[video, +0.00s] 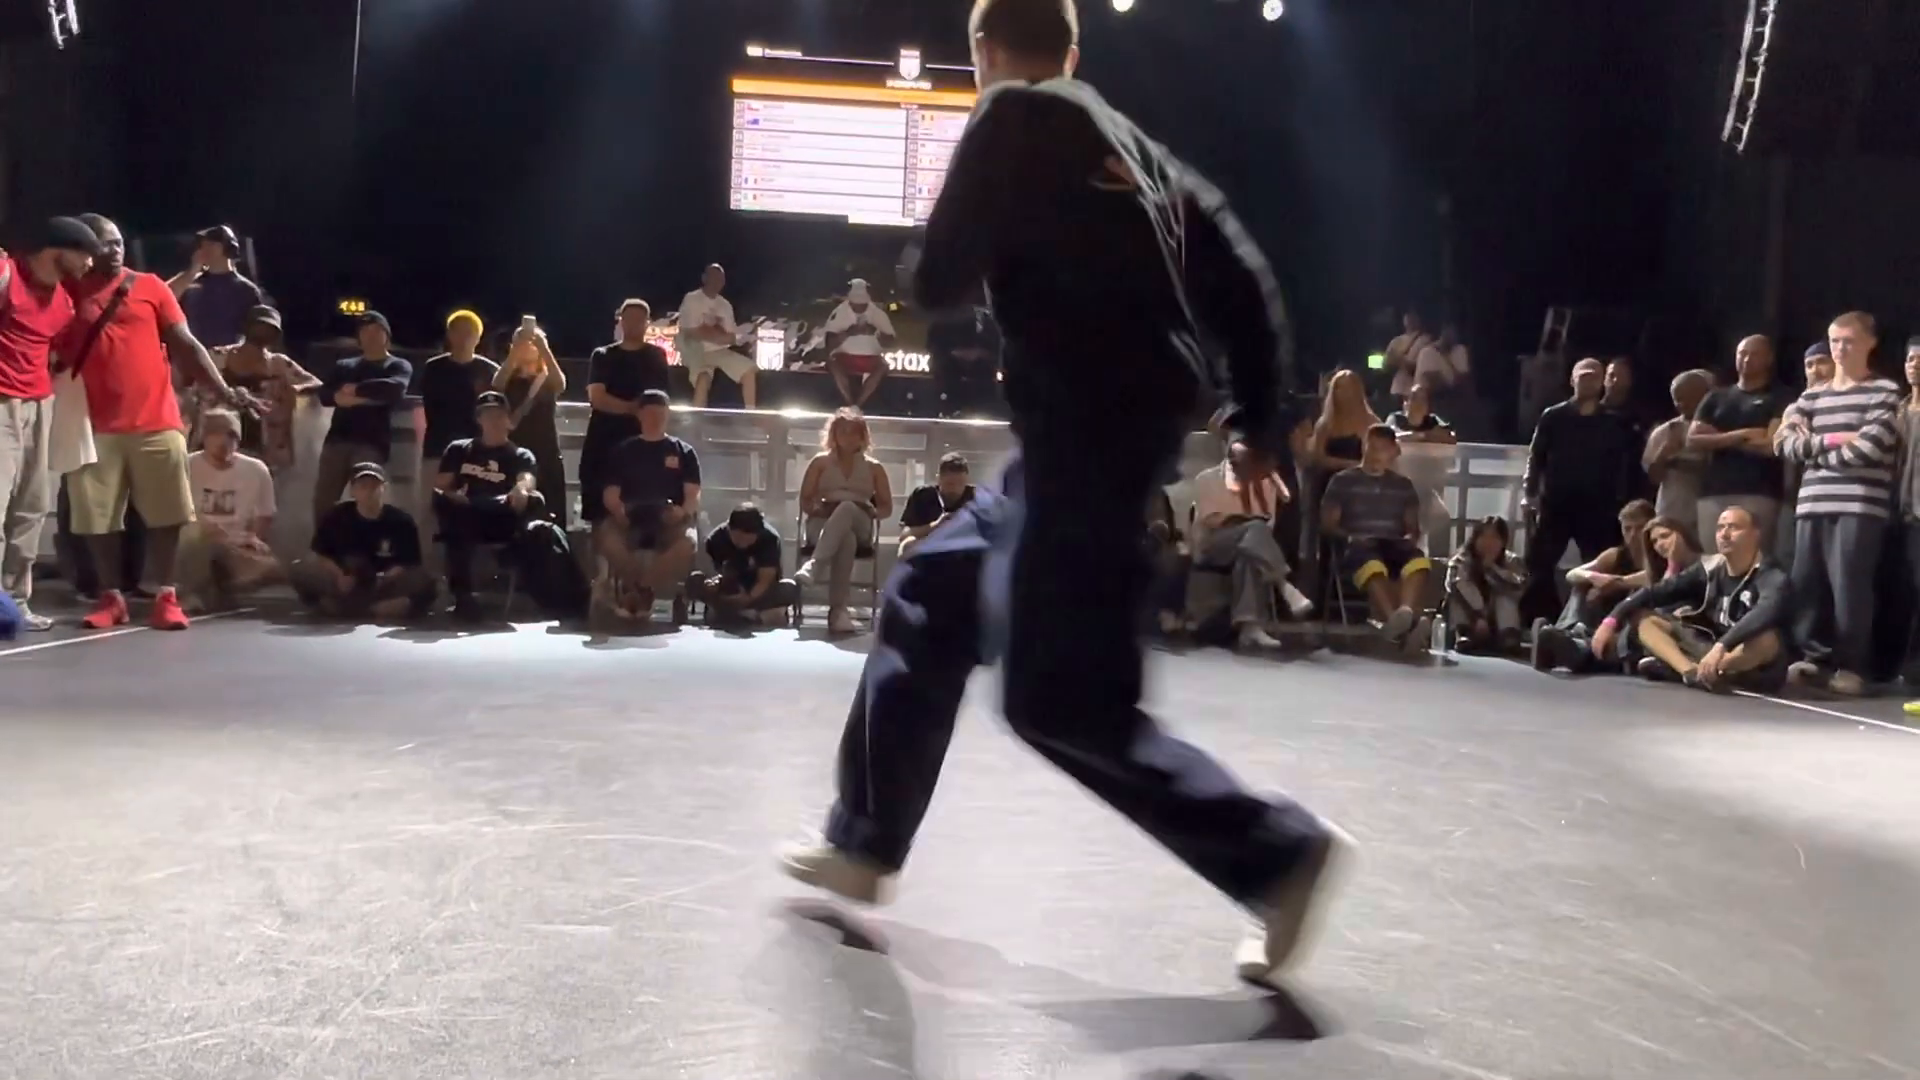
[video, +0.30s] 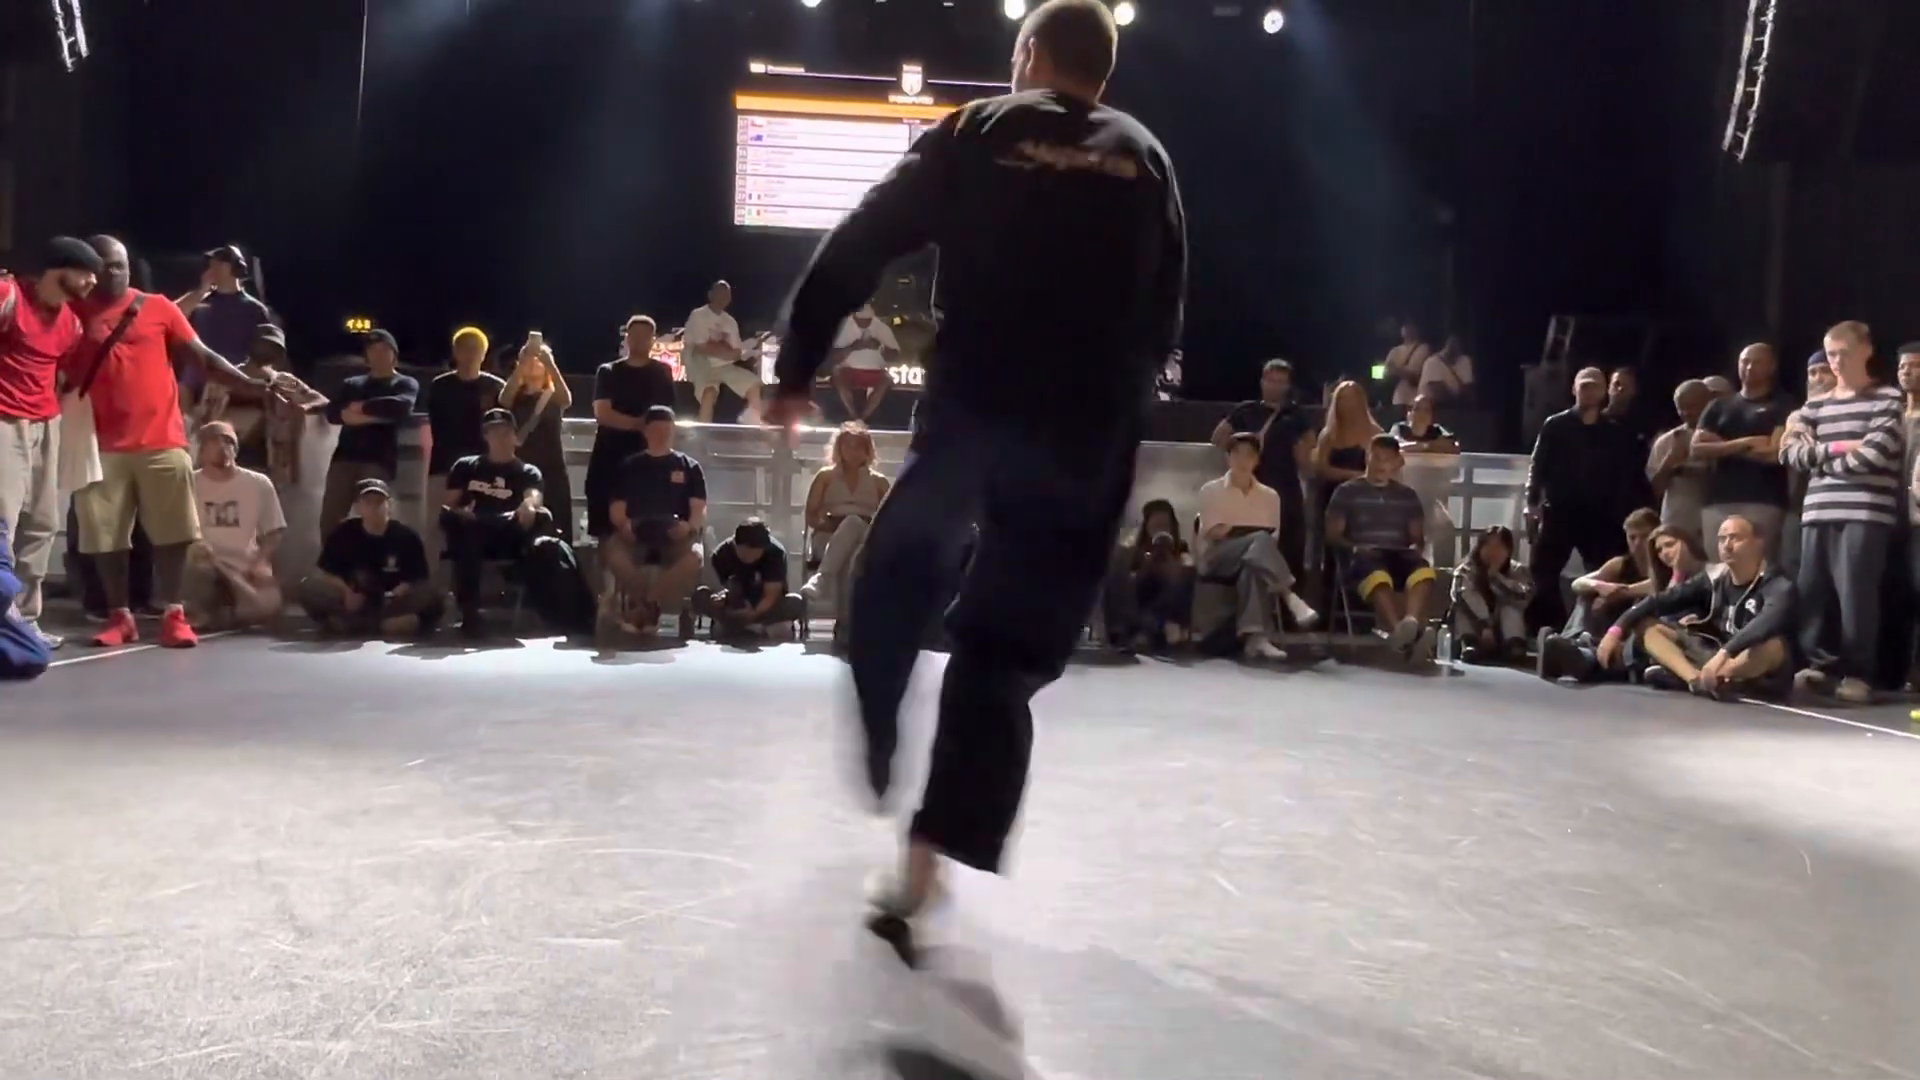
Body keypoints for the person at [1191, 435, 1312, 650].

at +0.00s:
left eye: (1255, 462)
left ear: (1259, 461)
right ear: (1232, 460)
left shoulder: (1267, 483)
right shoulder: (1207, 481)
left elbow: (1268, 524)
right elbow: (1209, 520)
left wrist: (1230, 519)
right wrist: (1251, 522)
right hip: (1212, 546)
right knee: (1257, 529)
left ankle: (1250, 627)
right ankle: (1284, 586)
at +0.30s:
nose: (1243, 459)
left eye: (1249, 454)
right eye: (1238, 453)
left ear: (1256, 460)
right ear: (1229, 457)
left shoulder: (1270, 496)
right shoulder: (1211, 491)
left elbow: (1271, 537)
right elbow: (1210, 534)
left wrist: (1230, 531)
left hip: (1258, 560)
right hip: (1218, 559)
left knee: (1252, 569)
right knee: (1261, 539)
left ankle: (1256, 638)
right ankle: (1290, 597)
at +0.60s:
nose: (1241, 458)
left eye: (1247, 453)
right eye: (1236, 452)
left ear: (1256, 459)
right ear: (1229, 456)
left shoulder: (1271, 496)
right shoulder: (1211, 490)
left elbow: (1272, 536)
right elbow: (1214, 532)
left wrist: (1230, 530)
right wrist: (1261, 532)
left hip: (1259, 559)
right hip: (1219, 558)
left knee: (1253, 566)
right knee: (1262, 538)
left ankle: (1257, 637)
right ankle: (1292, 596)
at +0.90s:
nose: (1244, 459)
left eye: (1251, 454)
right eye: (1239, 454)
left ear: (1259, 460)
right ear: (1231, 457)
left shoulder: (1274, 497)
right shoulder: (1214, 491)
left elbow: (1275, 537)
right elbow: (1217, 534)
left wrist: (1233, 531)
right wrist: (1264, 533)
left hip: (1262, 559)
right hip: (1222, 559)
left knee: (1255, 568)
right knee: (1264, 539)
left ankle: (1260, 638)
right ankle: (1295, 597)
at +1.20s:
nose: (1247, 457)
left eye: (1254, 452)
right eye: (1242, 451)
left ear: (1263, 458)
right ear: (1234, 455)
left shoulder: (1277, 495)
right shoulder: (1217, 489)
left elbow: (1279, 535)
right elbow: (1221, 531)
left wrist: (1237, 529)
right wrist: (1267, 531)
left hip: (1265, 558)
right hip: (1225, 556)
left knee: (1259, 565)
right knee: (1268, 538)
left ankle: (1263, 637)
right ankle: (1299, 596)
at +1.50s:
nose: (1251, 458)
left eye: (1258, 453)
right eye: (1246, 453)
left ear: (1266, 459)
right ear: (1238, 457)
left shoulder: (1281, 496)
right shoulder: (1221, 490)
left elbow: (1282, 537)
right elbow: (1226, 532)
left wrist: (1240, 530)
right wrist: (1271, 533)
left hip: (1269, 559)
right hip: (1229, 557)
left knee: (1263, 566)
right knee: (1272, 539)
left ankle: (1267, 638)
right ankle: (1302, 596)